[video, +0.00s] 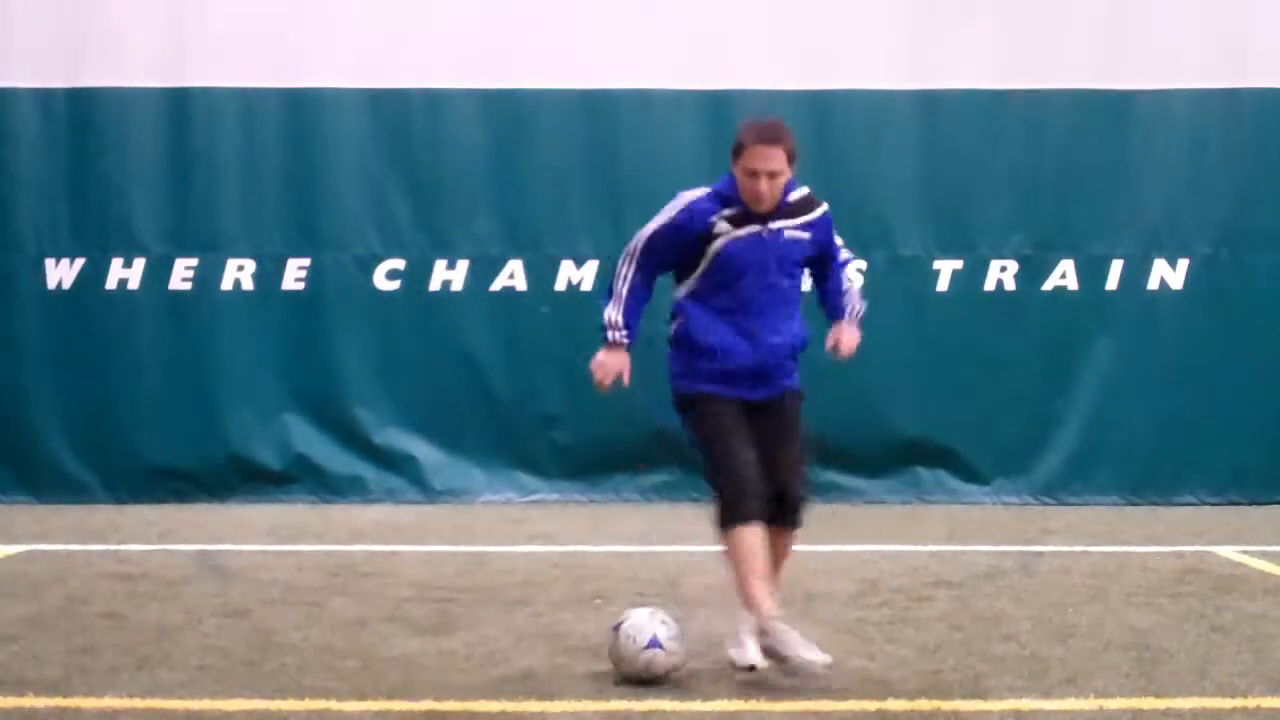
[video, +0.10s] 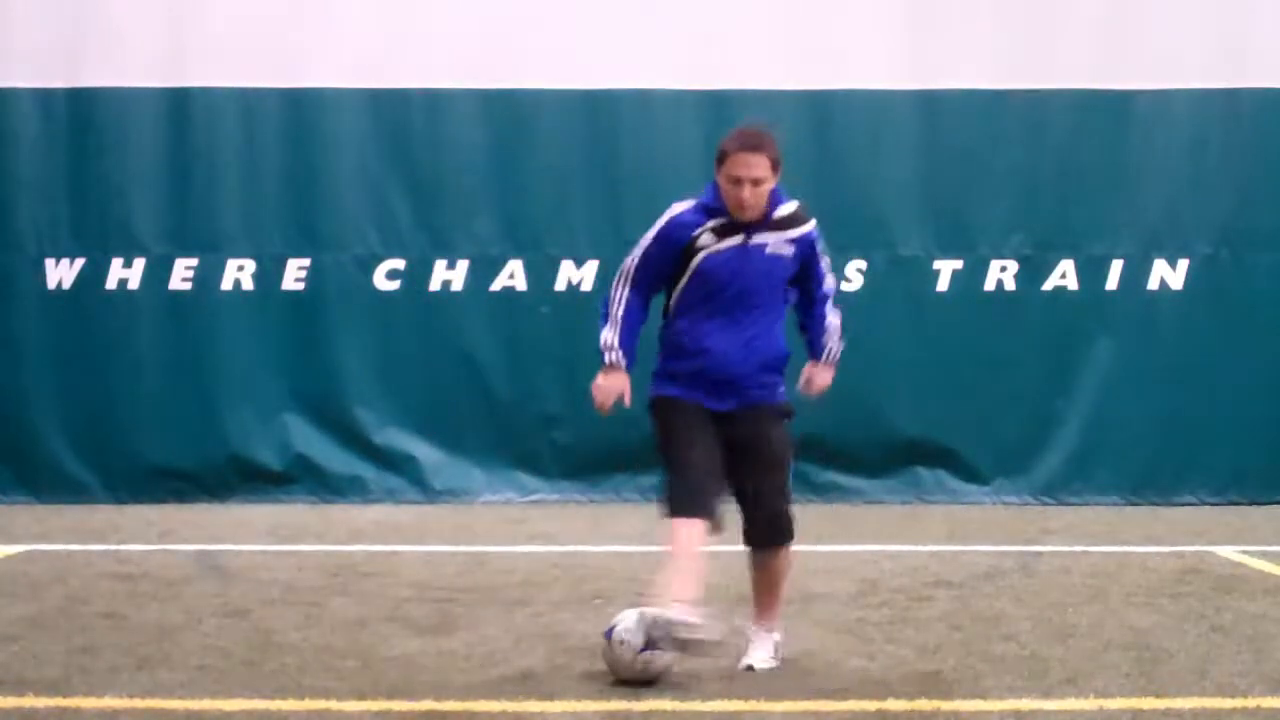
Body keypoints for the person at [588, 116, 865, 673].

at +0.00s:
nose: (763, 188)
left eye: (774, 176)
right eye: (752, 175)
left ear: (790, 171)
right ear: (734, 169)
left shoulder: (810, 212)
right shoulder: (701, 212)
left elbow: (837, 266)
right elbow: (638, 260)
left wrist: (846, 316)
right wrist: (616, 340)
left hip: (777, 377)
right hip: (709, 379)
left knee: (786, 494)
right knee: (743, 488)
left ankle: (752, 624)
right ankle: (770, 624)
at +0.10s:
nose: (746, 195)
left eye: (757, 183)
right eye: (735, 182)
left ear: (775, 179)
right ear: (718, 177)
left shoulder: (797, 229)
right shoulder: (685, 224)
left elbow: (820, 296)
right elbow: (631, 284)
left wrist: (824, 355)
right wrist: (614, 362)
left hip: (758, 394)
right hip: (685, 390)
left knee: (770, 519)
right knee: (691, 493)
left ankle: (765, 633)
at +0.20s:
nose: (717, 198)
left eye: (727, 186)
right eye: (707, 187)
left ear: (749, 185)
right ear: (693, 187)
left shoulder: (777, 237)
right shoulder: (661, 236)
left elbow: (799, 301)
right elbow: (623, 303)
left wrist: (812, 360)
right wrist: (600, 364)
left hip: (747, 407)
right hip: (668, 401)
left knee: (767, 525)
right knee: (628, 493)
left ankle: (765, 634)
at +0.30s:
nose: (684, 163)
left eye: (694, 152)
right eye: (674, 154)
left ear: (713, 151)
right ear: (659, 156)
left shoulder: (744, 198)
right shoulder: (628, 205)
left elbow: (777, 260)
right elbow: (583, 273)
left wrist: (781, 310)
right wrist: (565, 329)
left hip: (720, 379)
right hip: (643, 373)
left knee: (735, 498)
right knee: (587, 469)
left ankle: (755, 621)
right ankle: (535, 592)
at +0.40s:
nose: (641, 147)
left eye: (651, 135)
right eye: (631, 137)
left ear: (674, 134)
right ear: (618, 139)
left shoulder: (709, 180)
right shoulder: (591, 191)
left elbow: (750, 231)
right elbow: (553, 255)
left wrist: (747, 292)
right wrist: (535, 315)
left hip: (690, 359)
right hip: (612, 359)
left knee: (713, 466)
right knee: (572, 472)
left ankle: (717, 582)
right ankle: (559, 600)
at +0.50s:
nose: (600, 169)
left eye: (610, 157)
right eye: (590, 159)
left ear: (634, 154)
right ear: (578, 161)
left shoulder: (669, 201)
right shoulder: (555, 214)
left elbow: (715, 254)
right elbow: (523, 276)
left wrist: (709, 314)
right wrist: (504, 333)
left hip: (657, 366)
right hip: (586, 378)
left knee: (676, 444)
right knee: (568, 503)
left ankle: (672, 562)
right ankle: (578, 618)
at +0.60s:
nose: (565, 193)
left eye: (576, 182)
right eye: (555, 183)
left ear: (598, 182)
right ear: (543, 186)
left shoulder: (633, 228)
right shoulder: (526, 238)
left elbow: (684, 283)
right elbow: (498, 297)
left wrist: (680, 341)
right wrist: (466, 342)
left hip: (622, 372)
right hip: (560, 388)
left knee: (618, 429)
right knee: (553, 515)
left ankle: (661, 549)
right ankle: (581, 620)